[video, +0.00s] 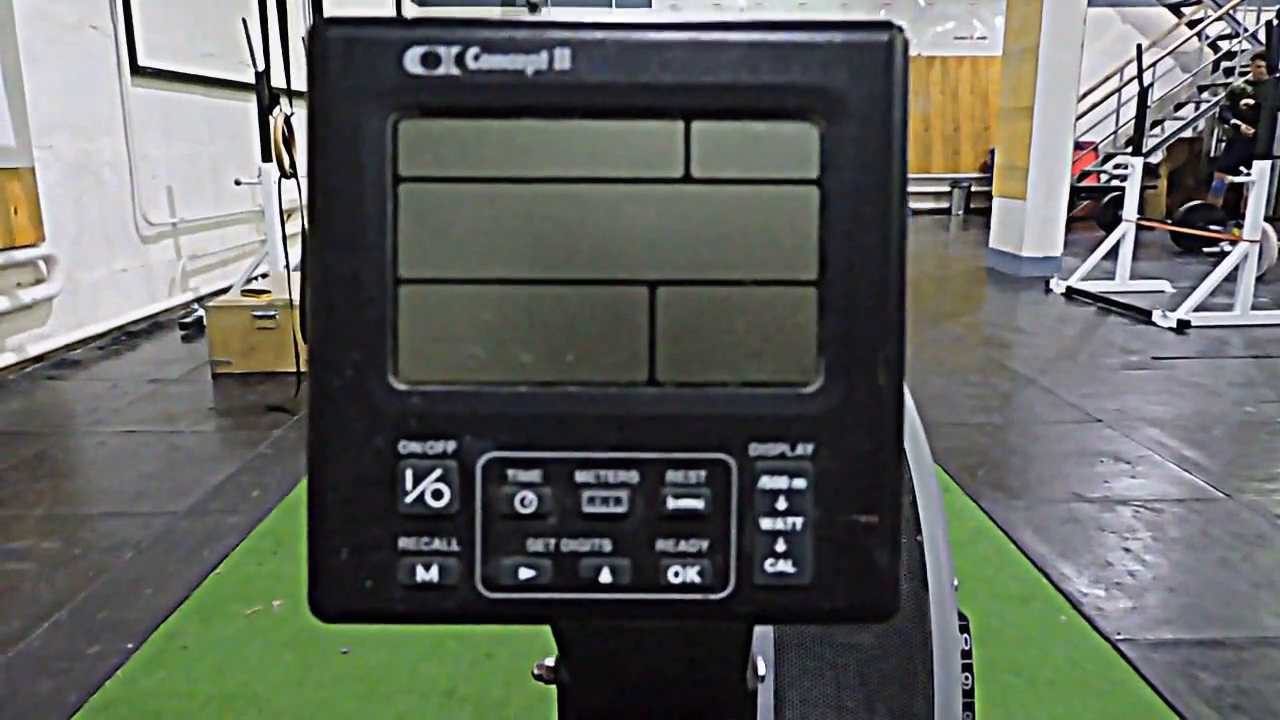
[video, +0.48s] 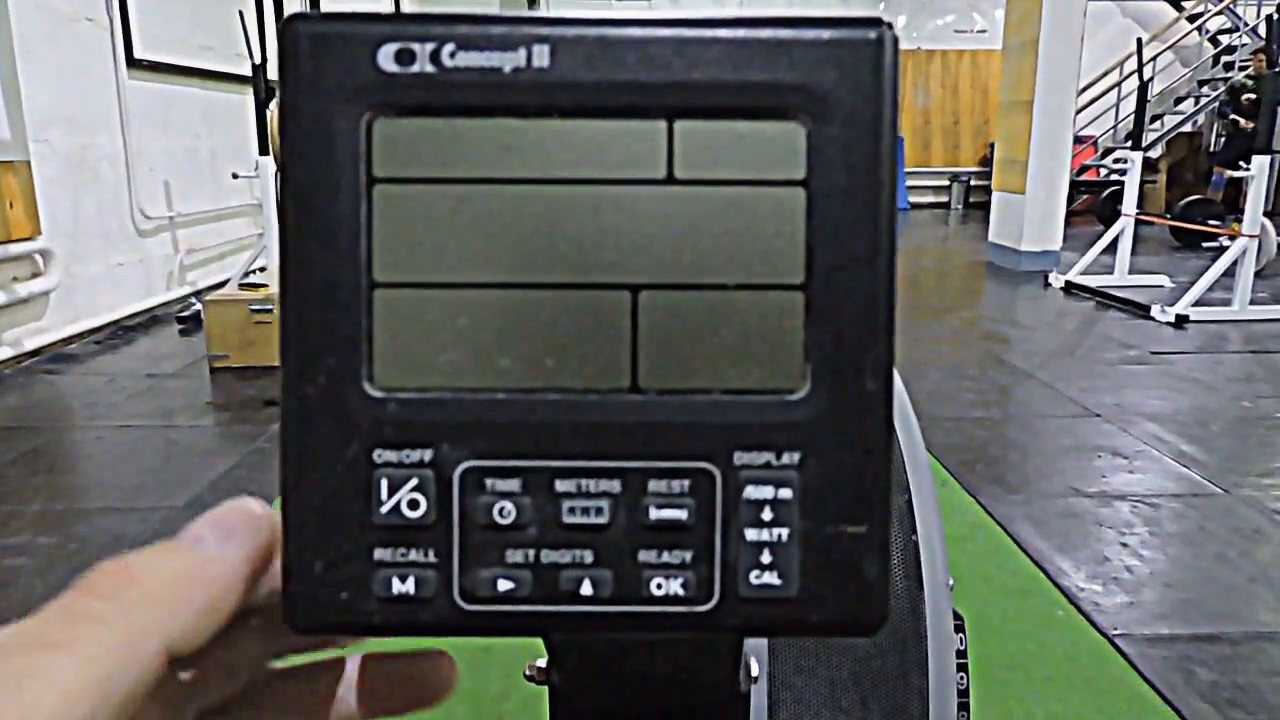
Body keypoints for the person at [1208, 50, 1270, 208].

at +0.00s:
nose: (1259, 70)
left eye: (1262, 67)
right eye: (1256, 66)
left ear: (1269, 69)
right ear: (1251, 67)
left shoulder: (1272, 89)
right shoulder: (1237, 87)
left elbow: (1273, 113)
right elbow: (1223, 111)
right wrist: (1238, 125)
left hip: (1261, 140)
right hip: (1238, 138)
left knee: (1256, 179)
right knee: (1221, 173)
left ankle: (1249, 218)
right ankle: (1210, 216)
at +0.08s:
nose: (1258, 68)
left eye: (1262, 64)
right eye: (1256, 64)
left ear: (1269, 67)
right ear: (1251, 64)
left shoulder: (1272, 88)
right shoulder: (1237, 85)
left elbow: (1274, 111)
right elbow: (1223, 109)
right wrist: (1238, 123)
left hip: (1261, 138)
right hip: (1238, 136)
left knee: (1256, 178)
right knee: (1221, 171)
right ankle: (1210, 215)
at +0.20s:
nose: (1259, 68)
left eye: (1263, 65)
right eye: (1257, 64)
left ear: (1270, 67)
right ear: (1252, 65)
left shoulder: (1273, 88)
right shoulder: (1238, 86)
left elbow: (1274, 113)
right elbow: (1223, 110)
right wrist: (1238, 124)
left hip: (1262, 138)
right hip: (1239, 136)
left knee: (1257, 176)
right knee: (1221, 170)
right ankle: (1211, 215)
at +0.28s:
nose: (1259, 67)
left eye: (1263, 64)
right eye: (1257, 63)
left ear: (1270, 66)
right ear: (1252, 65)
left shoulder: (1273, 87)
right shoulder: (1239, 85)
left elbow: (1274, 111)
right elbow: (1224, 109)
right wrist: (1238, 123)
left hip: (1262, 138)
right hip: (1239, 137)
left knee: (1257, 177)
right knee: (1221, 171)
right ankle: (1210, 215)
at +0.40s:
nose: (1259, 65)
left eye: (1262, 61)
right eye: (1257, 61)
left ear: (1269, 64)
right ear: (1252, 63)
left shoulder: (1272, 84)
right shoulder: (1239, 82)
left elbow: (1275, 108)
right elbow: (1223, 107)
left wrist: (1258, 100)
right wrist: (1238, 121)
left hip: (1262, 135)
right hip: (1239, 134)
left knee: (1257, 173)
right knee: (1221, 168)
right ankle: (1211, 212)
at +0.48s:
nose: (1258, 64)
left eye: (1262, 61)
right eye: (1256, 61)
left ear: (1268, 63)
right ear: (1251, 62)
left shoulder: (1272, 84)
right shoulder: (1238, 83)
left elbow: (1273, 109)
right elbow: (1222, 107)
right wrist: (1236, 120)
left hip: (1261, 135)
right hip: (1238, 134)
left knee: (1255, 173)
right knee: (1220, 167)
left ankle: (1248, 213)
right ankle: (1211, 210)